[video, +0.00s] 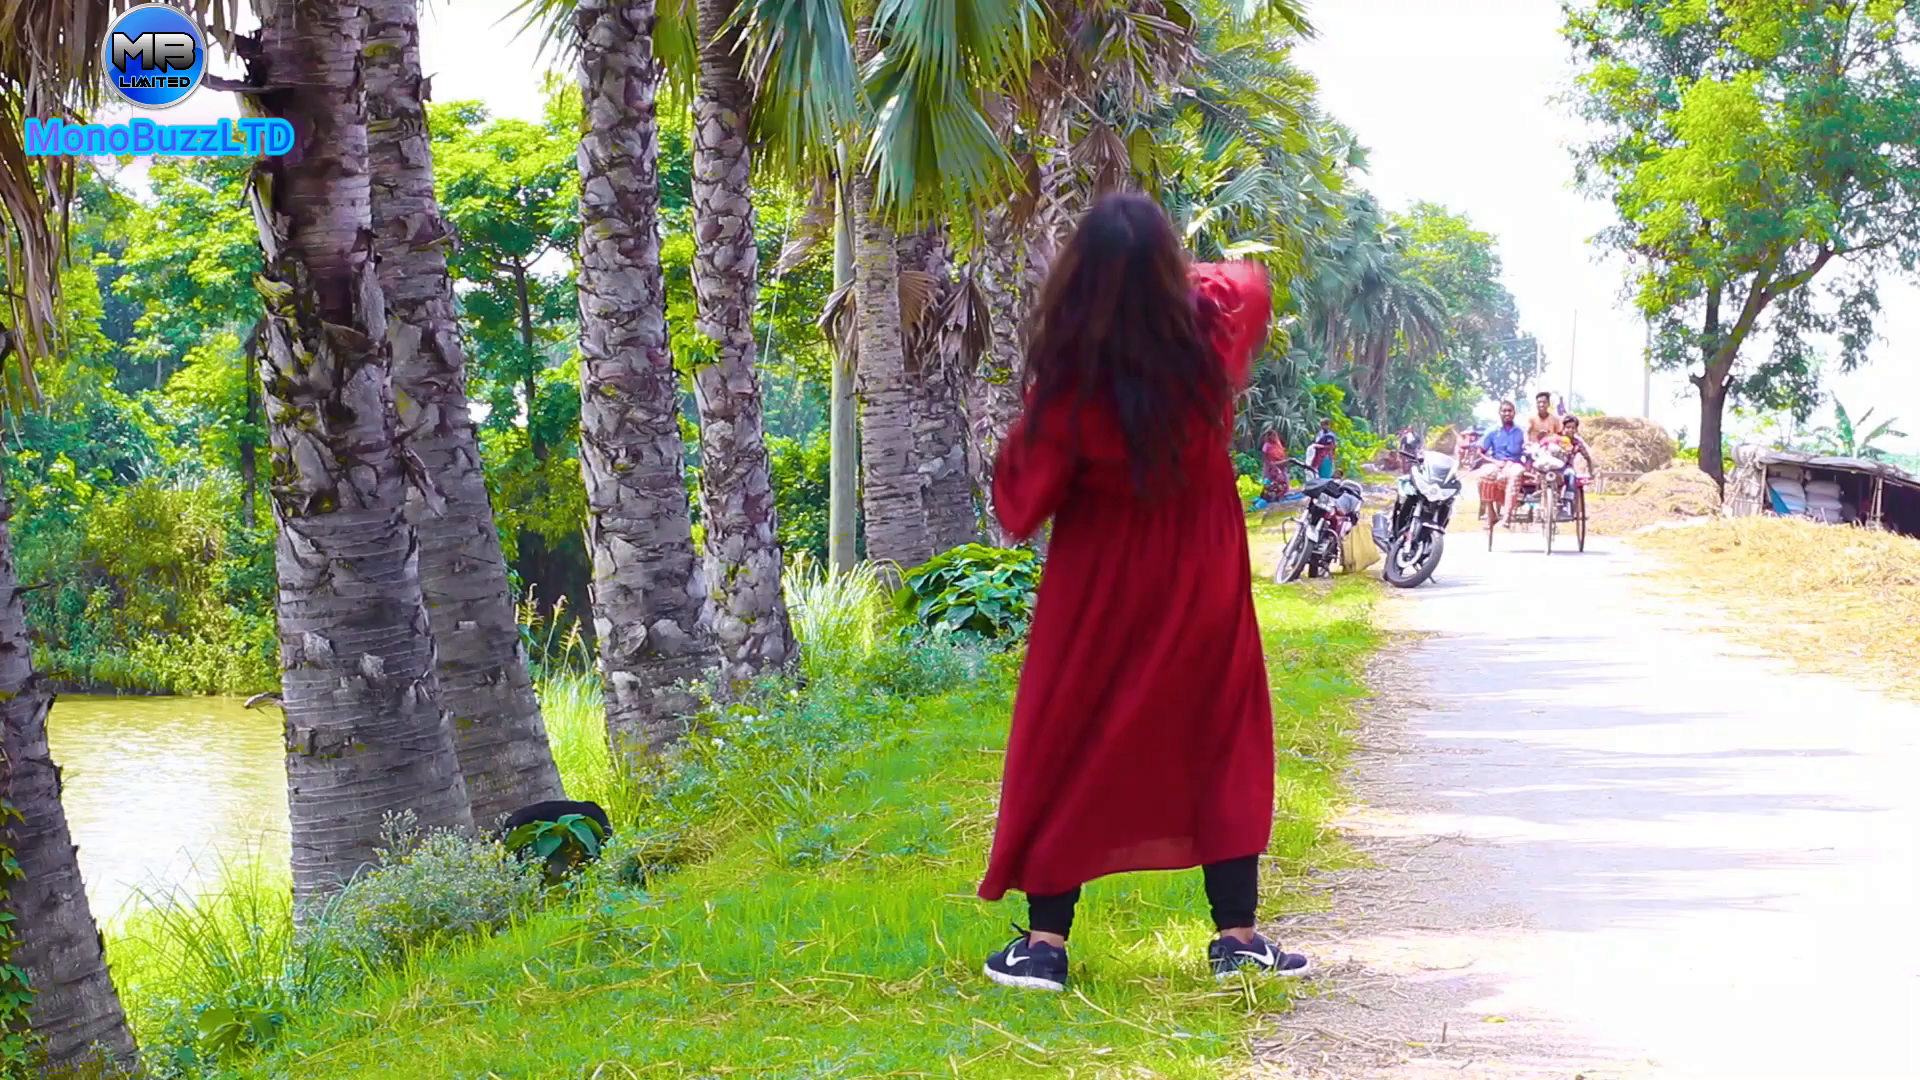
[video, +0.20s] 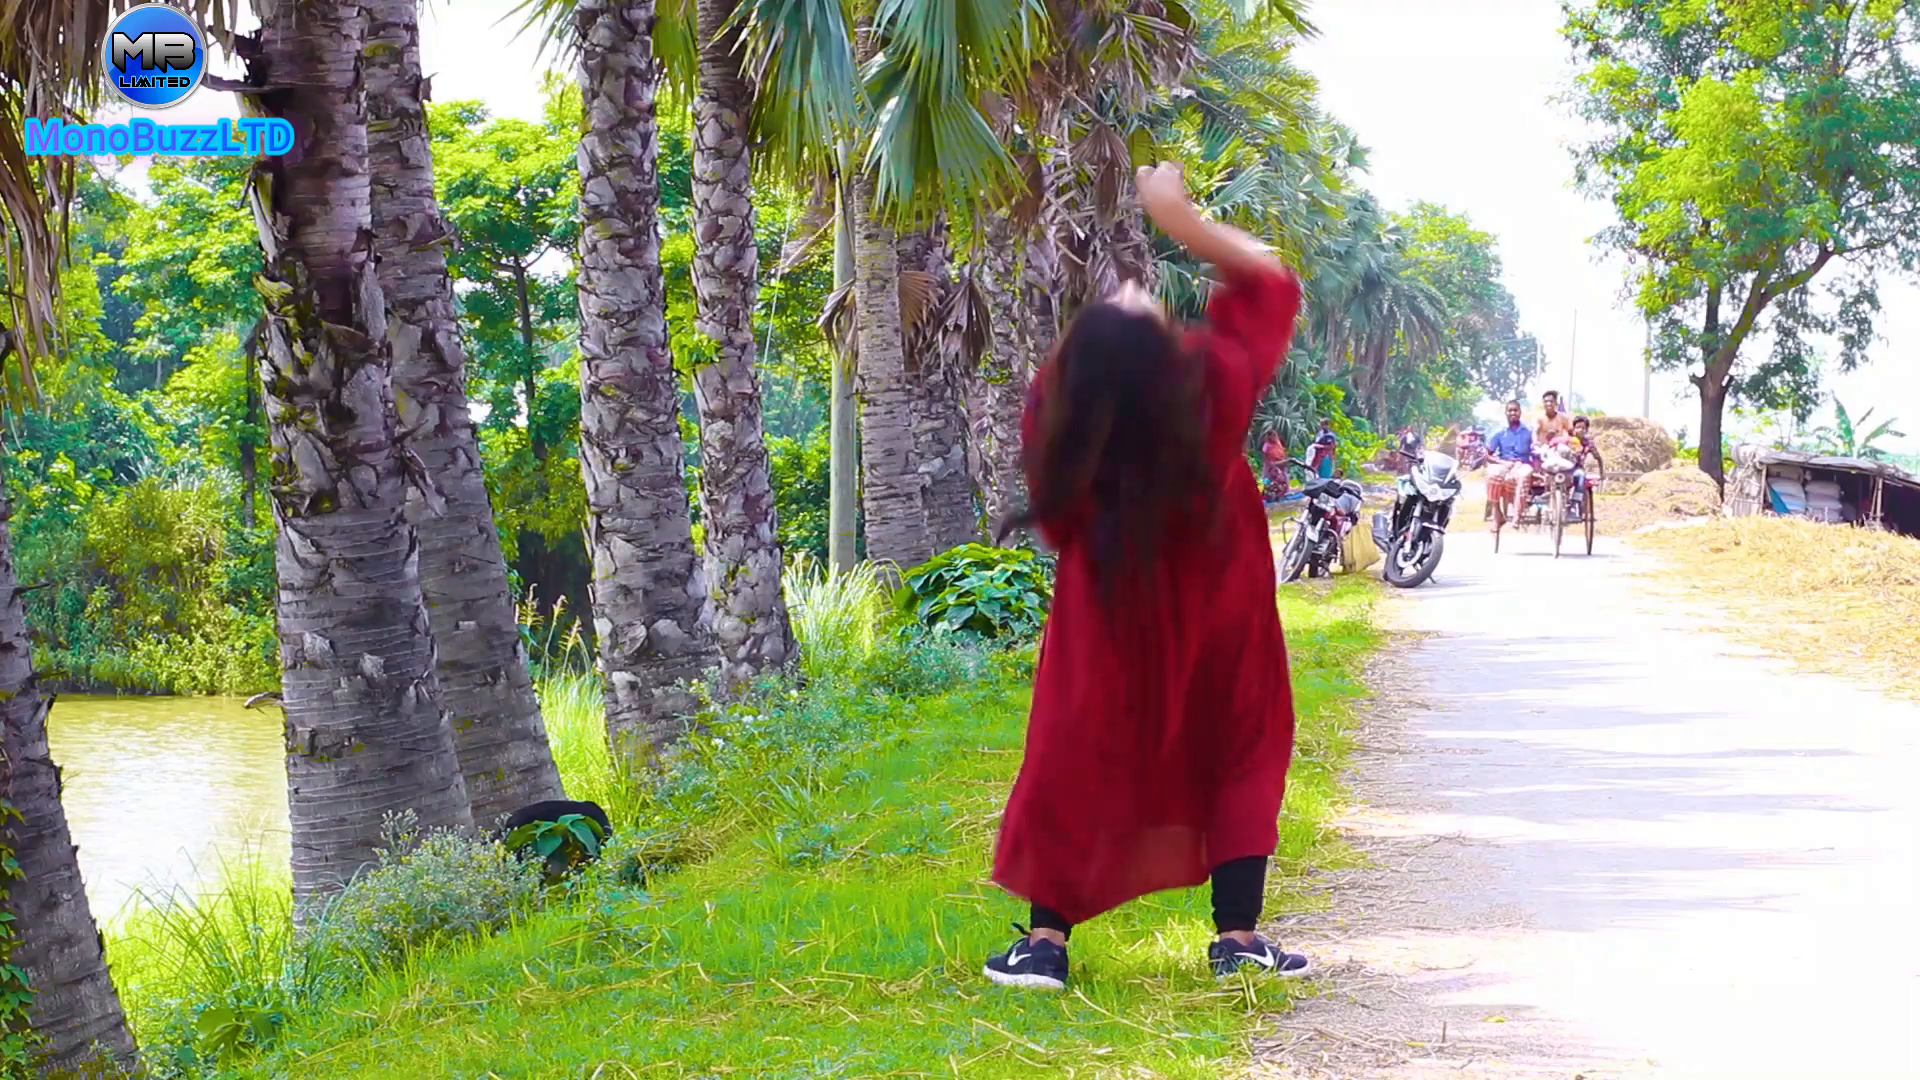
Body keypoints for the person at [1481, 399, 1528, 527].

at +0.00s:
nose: (1507, 413)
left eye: (1510, 410)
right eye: (1504, 410)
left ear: (1514, 413)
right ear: (1500, 413)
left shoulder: (1520, 432)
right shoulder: (1494, 432)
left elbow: (1526, 451)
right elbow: (1479, 450)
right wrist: (1494, 461)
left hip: (1514, 462)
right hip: (1496, 461)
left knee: (1516, 473)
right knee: (1482, 474)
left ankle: (1507, 514)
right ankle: (1489, 513)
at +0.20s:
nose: (1513, 413)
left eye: (1515, 410)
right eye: (1510, 410)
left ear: (1520, 412)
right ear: (1506, 413)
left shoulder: (1527, 433)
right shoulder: (1500, 434)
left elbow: (1533, 452)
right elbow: (1487, 453)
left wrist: (1536, 469)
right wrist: (1501, 462)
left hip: (1521, 463)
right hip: (1503, 462)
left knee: (1525, 474)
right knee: (1492, 474)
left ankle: (1517, 514)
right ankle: (1496, 514)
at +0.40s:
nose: (1520, 412)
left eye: (1523, 409)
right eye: (1517, 410)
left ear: (1528, 411)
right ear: (1513, 412)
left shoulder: (1536, 433)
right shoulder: (1508, 433)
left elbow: (1542, 453)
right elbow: (1495, 454)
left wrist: (1543, 469)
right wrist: (1508, 462)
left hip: (1529, 463)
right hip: (1511, 462)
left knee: (1531, 477)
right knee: (1498, 477)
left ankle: (1525, 516)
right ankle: (1503, 516)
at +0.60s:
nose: (1529, 412)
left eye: (1532, 409)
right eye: (1526, 410)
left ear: (1537, 412)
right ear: (1522, 413)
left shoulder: (1545, 434)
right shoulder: (1516, 435)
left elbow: (1552, 454)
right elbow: (1502, 455)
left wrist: (1552, 472)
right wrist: (1518, 462)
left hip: (1538, 465)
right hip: (1520, 463)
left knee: (1539, 478)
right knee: (1505, 476)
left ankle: (1534, 518)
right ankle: (1509, 515)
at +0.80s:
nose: (1538, 412)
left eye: (1541, 408)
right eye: (1535, 409)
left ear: (1546, 411)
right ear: (1531, 412)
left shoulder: (1553, 433)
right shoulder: (1525, 434)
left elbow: (1561, 456)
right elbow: (1509, 455)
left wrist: (1561, 474)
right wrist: (1526, 460)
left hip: (1546, 466)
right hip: (1527, 465)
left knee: (1547, 478)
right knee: (1514, 477)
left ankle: (1541, 520)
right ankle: (1516, 517)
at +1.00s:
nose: (1547, 411)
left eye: (1550, 407)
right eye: (1543, 408)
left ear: (1555, 410)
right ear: (1539, 411)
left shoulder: (1562, 432)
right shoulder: (1532, 431)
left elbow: (1569, 453)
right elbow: (1516, 455)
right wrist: (1533, 461)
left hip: (1555, 465)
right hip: (1534, 464)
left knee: (1555, 481)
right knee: (1520, 480)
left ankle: (1549, 522)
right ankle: (1524, 522)